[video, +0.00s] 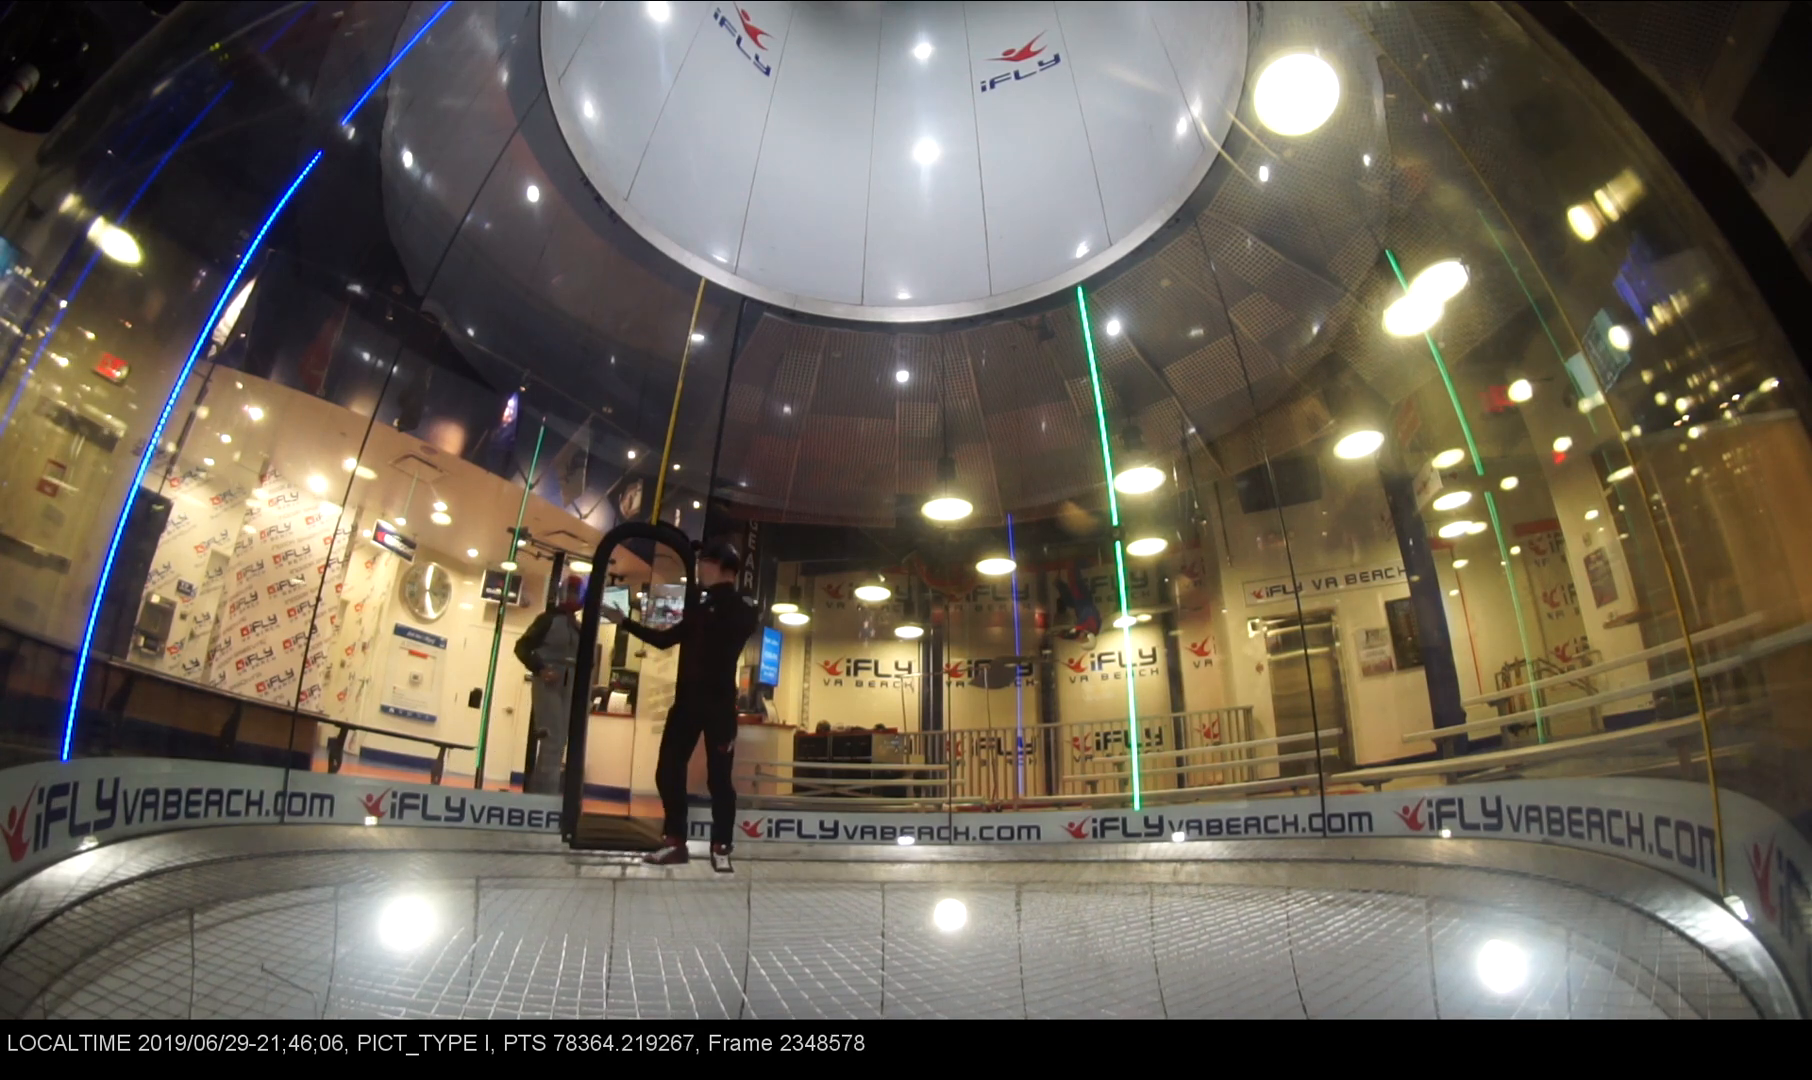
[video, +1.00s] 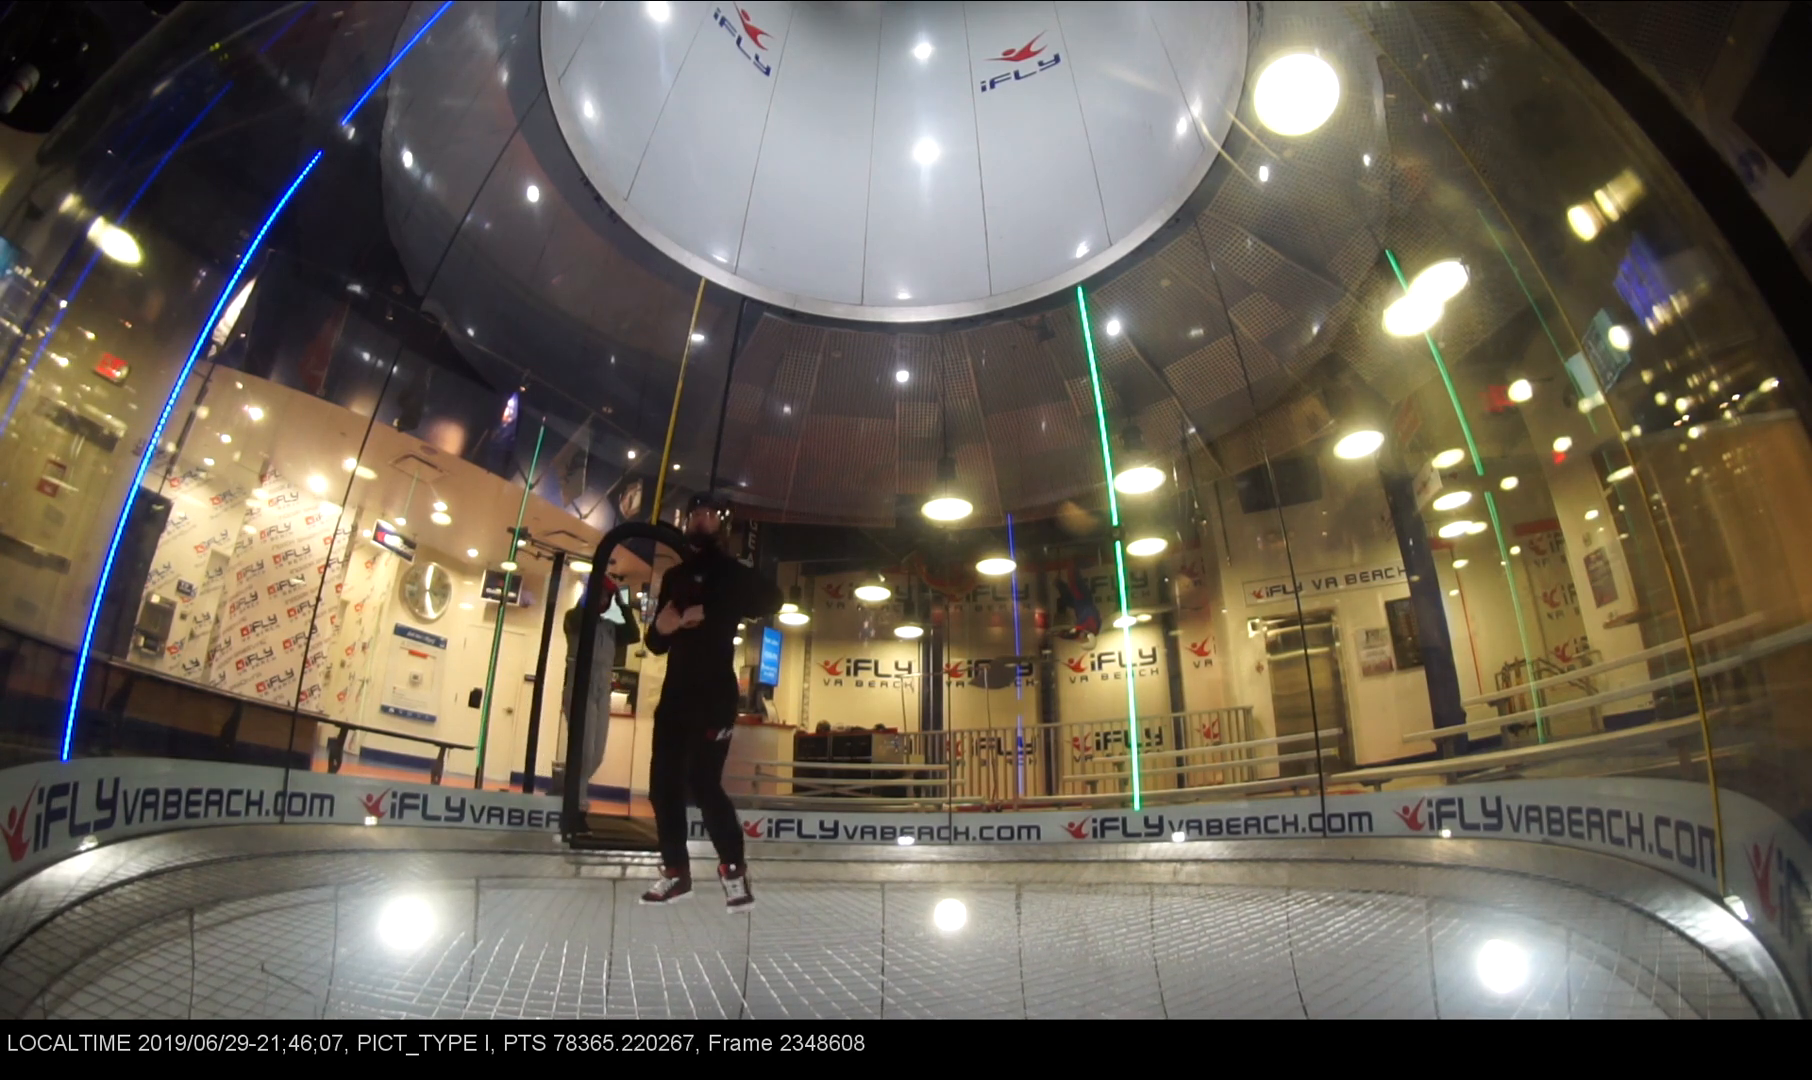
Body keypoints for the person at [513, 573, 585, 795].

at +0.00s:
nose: (576, 597)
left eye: (578, 592)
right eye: (572, 591)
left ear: (582, 596)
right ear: (563, 593)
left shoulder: (577, 625)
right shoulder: (549, 619)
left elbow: (587, 656)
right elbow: (522, 647)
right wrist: (540, 668)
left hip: (570, 684)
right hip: (549, 682)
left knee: (559, 739)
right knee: (553, 738)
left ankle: (548, 794)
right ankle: (543, 795)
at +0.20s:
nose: (581, 600)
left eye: (583, 595)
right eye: (577, 594)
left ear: (585, 598)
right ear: (566, 595)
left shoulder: (579, 626)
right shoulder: (551, 619)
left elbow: (588, 662)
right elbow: (525, 645)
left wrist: (593, 652)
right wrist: (545, 668)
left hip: (574, 687)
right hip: (552, 685)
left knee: (561, 741)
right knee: (557, 739)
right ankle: (555, 796)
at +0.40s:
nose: (581, 598)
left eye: (584, 594)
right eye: (578, 593)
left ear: (588, 598)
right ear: (568, 594)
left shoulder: (584, 625)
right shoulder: (556, 618)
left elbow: (592, 660)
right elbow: (530, 645)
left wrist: (591, 655)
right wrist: (556, 659)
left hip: (576, 688)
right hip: (553, 686)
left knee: (564, 739)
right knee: (560, 737)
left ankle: (542, 787)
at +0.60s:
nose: (584, 597)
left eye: (588, 593)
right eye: (581, 591)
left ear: (593, 597)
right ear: (572, 593)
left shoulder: (588, 625)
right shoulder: (558, 618)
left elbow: (609, 655)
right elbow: (541, 643)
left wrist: (606, 627)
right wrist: (566, 619)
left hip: (582, 685)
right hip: (558, 681)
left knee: (567, 738)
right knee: (562, 736)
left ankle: (546, 787)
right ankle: (565, 791)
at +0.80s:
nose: (591, 600)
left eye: (594, 596)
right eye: (587, 594)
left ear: (598, 599)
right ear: (578, 595)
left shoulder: (599, 627)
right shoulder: (566, 621)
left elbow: (624, 636)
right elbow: (568, 620)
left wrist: (616, 606)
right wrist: (579, 595)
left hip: (590, 691)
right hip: (567, 688)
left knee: (579, 741)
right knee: (569, 740)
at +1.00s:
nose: (605, 601)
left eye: (609, 596)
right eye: (601, 595)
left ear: (611, 601)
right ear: (590, 595)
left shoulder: (611, 627)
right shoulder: (574, 619)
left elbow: (634, 634)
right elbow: (583, 617)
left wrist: (622, 602)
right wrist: (598, 590)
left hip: (602, 695)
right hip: (579, 692)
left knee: (596, 755)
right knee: (582, 754)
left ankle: (567, 796)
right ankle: (577, 810)